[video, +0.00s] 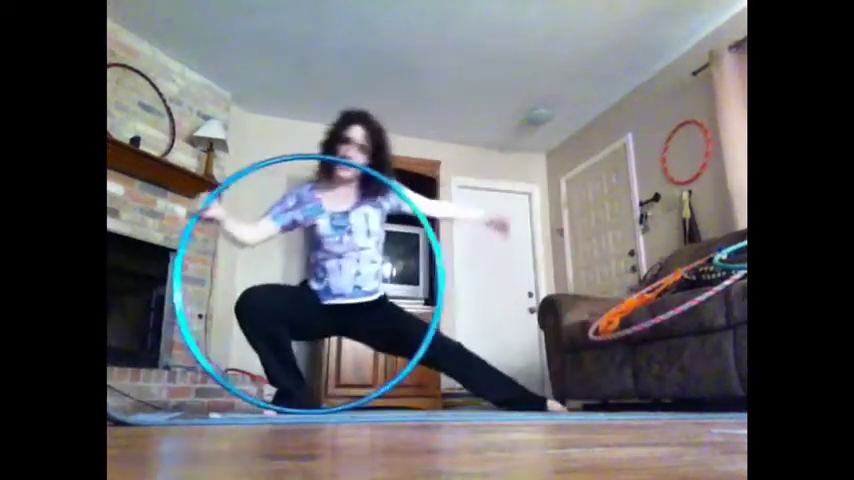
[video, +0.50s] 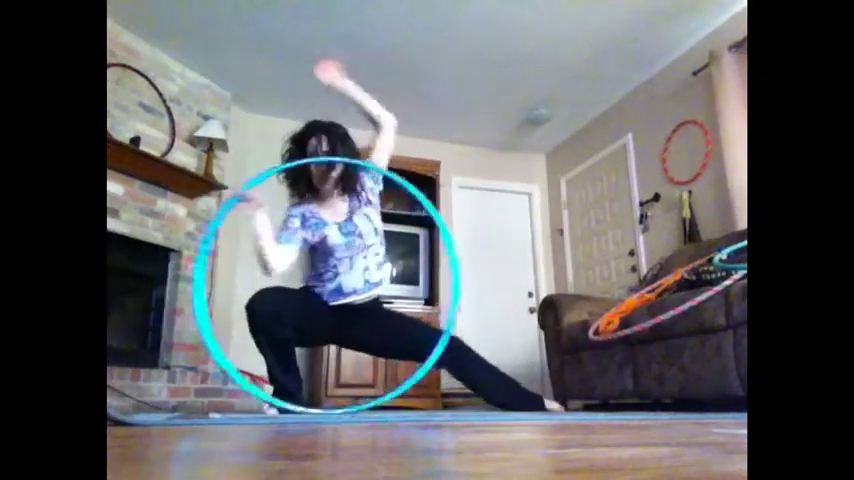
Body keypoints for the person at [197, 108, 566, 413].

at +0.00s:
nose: (351, 152)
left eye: (361, 147)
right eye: (345, 142)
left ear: (372, 157)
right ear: (330, 146)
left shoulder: (381, 196)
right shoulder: (306, 198)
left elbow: (437, 209)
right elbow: (249, 235)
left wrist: (487, 218)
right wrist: (219, 215)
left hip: (371, 309)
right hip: (318, 306)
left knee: (443, 349)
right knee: (253, 304)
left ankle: (538, 407)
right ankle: (296, 400)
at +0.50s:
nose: (321, 165)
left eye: (328, 156)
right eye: (312, 158)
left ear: (343, 159)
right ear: (302, 165)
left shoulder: (366, 186)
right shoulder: (302, 214)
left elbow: (387, 125)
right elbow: (274, 264)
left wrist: (342, 83)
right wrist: (257, 215)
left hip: (365, 314)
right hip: (319, 313)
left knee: (447, 346)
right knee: (263, 307)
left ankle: (538, 410)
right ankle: (290, 402)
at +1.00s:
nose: (413, 184)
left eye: (414, 176)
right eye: (405, 181)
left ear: (427, 174)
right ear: (396, 189)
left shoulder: (451, 192)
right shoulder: (400, 222)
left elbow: (486, 148)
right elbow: (439, 252)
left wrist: (439, 155)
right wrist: (456, 198)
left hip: (438, 308)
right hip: (390, 306)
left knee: (510, 316)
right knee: (336, 311)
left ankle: (533, 403)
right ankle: (290, 403)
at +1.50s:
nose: (523, 222)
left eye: (528, 213)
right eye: (513, 217)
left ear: (542, 214)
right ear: (503, 224)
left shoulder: (547, 240)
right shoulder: (498, 258)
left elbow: (604, 222)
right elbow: (536, 307)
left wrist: (575, 186)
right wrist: (594, 336)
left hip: (504, 331)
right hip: (455, 330)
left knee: (568, 326)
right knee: (385, 359)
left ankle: (534, 411)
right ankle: (294, 405)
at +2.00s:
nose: (439, 217)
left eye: (446, 211)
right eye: (433, 209)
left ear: (460, 215)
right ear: (420, 210)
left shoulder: (463, 246)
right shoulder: (399, 236)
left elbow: (506, 211)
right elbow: (345, 257)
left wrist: (462, 180)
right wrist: (377, 308)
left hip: (443, 312)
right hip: (393, 308)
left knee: (512, 317)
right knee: (338, 313)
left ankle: (540, 404)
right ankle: (295, 403)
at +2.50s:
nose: (282, 187)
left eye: (285, 176)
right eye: (275, 183)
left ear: (305, 166)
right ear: (272, 188)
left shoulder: (343, 174)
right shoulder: (288, 225)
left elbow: (401, 159)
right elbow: (264, 280)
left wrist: (354, 174)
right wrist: (300, 300)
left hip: (391, 275)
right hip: (343, 282)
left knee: (455, 336)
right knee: (291, 303)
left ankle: (535, 404)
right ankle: (294, 402)